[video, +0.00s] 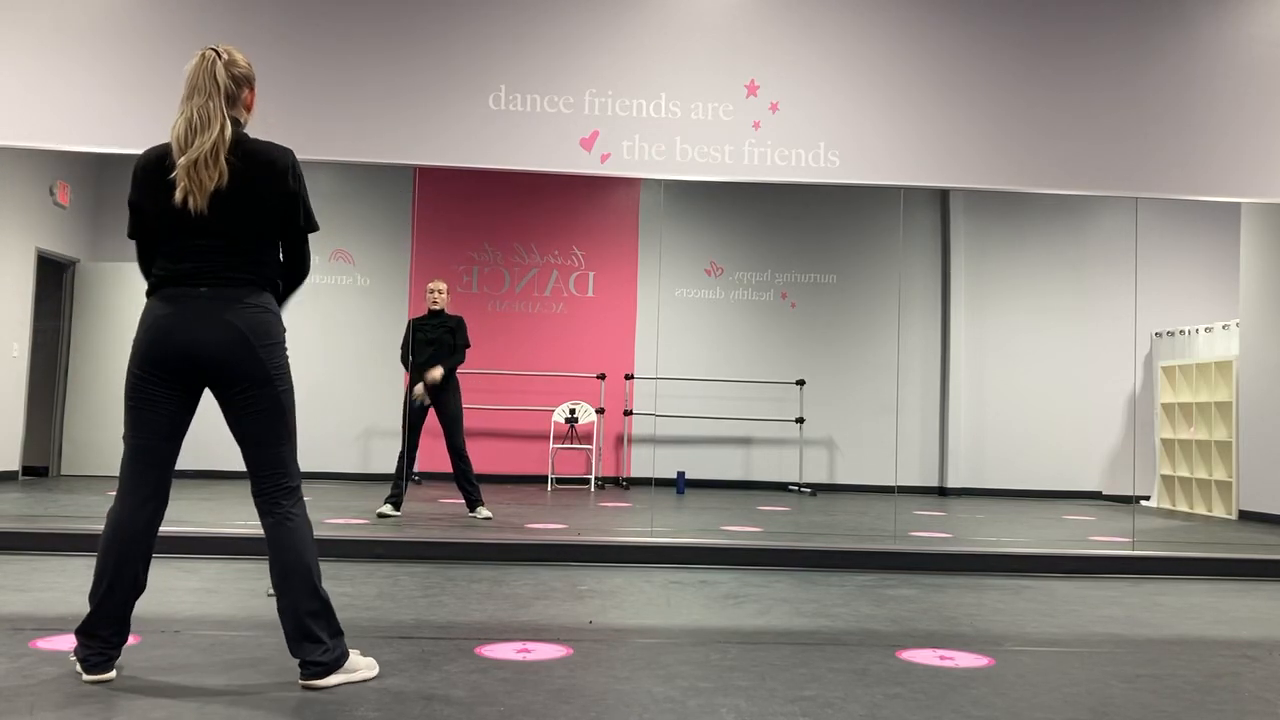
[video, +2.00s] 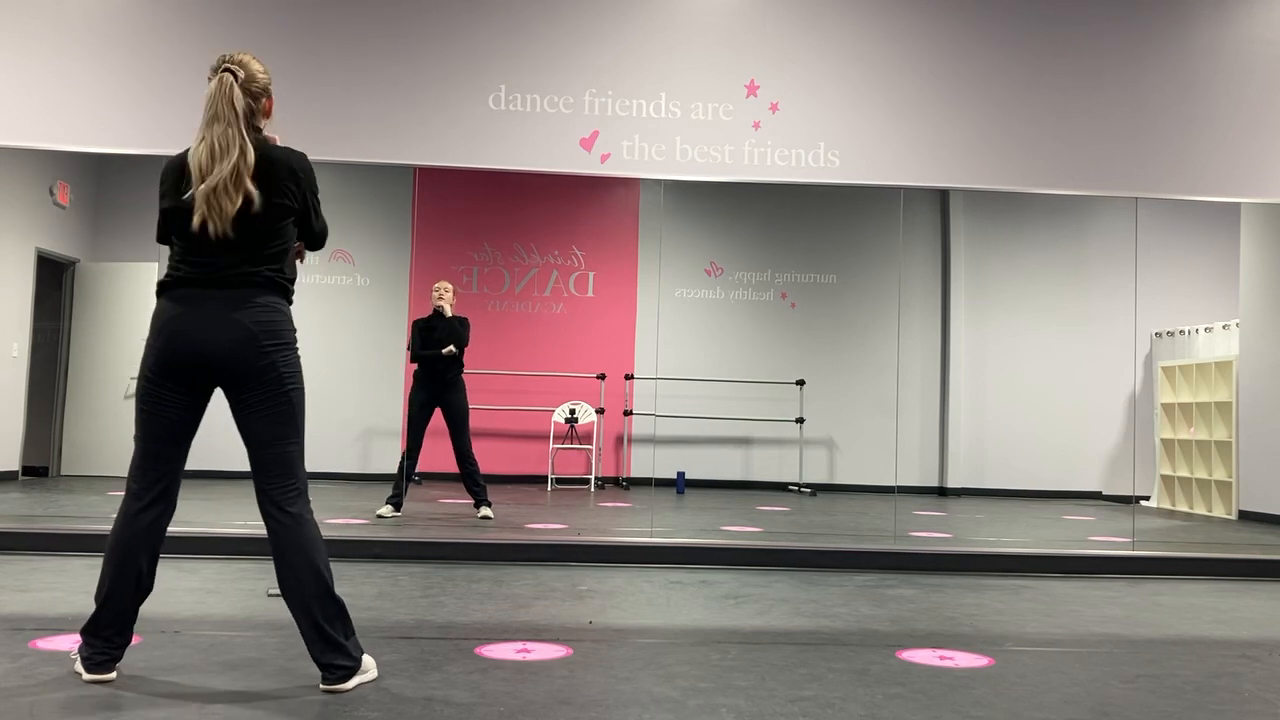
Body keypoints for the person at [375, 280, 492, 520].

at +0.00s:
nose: (435, 295)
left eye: (440, 292)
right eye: (431, 291)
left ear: (447, 297)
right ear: (425, 296)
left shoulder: (456, 322)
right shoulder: (414, 324)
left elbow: (460, 354)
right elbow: (405, 355)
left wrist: (441, 368)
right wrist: (417, 379)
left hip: (446, 388)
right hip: (418, 388)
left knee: (457, 446)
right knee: (408, 446)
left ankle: (475, 504)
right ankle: (393, 503)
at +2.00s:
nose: (440, 293)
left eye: (445, 290)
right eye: (437, 290)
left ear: (453, 299)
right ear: (430, 297)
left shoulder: (460, 322)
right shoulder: (420, 324)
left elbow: (462, 343)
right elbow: (414, 355)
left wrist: (449, 315)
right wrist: (441, 352)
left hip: (452, 389)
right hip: (423, 389)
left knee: (463, 448)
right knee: (412, 448)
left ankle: (482, 503)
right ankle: (394, 503)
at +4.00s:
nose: (442, 294)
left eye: (447, 291)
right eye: (439, 290)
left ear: (454, 298)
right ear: (431, 297)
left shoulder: (461, 323)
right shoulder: (420, 322)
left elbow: (466, 345)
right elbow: (415, 349)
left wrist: (451, 318)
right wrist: (446, 351)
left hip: (455, 389)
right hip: (426, 389)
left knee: (465, 448)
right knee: (412, 449)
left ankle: (482, 504)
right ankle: (394, 504)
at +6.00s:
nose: (439, 294)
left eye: (445, 291)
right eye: (436, 291)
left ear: (453, 298)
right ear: (430, 297)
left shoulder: (460, 323)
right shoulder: (420, 322)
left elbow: (464, 342)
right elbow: (415, 349)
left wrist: (448, 317)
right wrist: (444, 348)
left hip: (455, 389)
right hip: (425, 389)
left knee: (465, 447)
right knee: (412, 448)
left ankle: (482, 504)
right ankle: (394, 504)